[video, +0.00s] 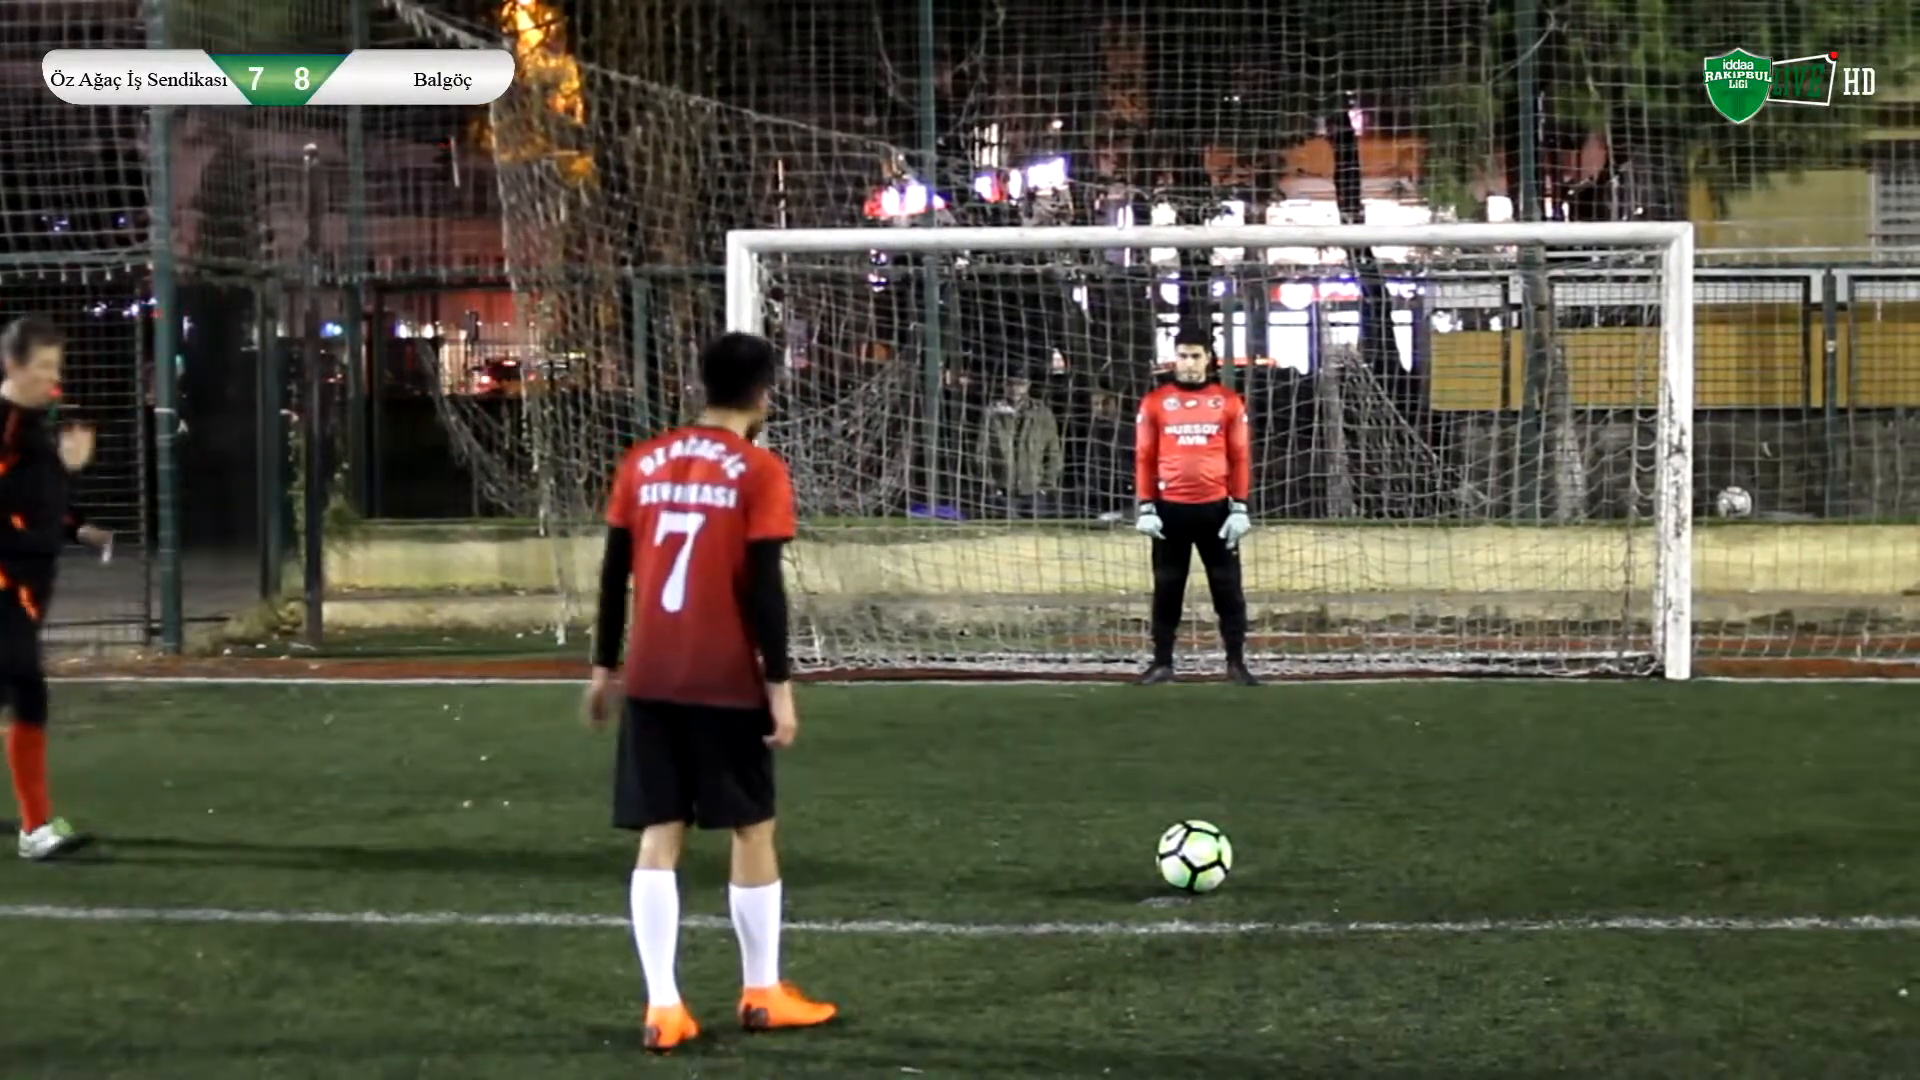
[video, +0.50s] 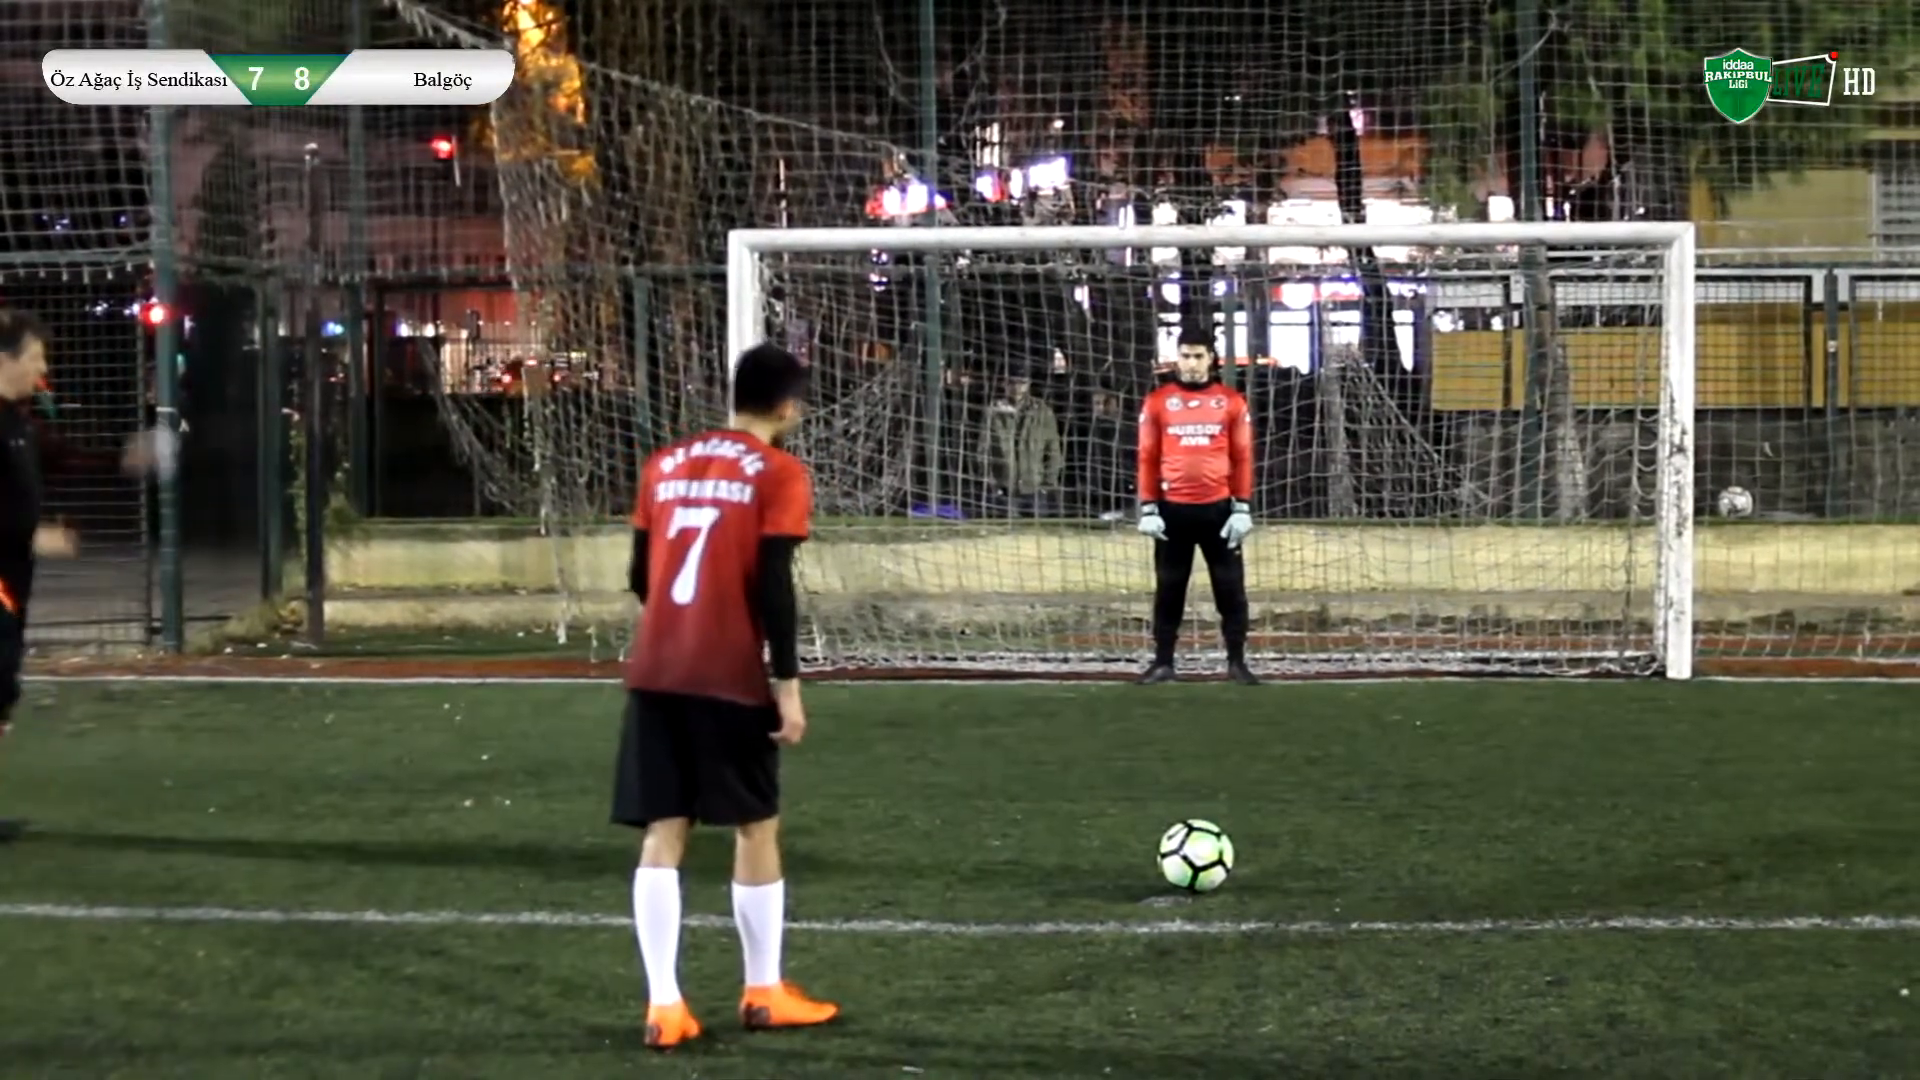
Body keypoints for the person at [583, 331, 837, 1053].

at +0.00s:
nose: (771, 401)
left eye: (769, 390)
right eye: (772, 392)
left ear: (699, 388)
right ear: (762, 396)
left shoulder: (642, 461)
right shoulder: (762, 471)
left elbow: (614, 572)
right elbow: (762, 579)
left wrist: (605, 662)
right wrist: (780, 678)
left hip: (650, 678)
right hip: (729, 682)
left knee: (659, 831)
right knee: (754, 829)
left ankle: (662, 1004)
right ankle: (763, 988)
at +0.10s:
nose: (780, 405)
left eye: (779, 395)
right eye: (779, 395)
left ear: (709, 390)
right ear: (769, 398)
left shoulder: (644, 462)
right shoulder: (766, 471)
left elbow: (623, 576)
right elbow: (764, 582)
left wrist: (632, 662)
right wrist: (780, 679)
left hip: (649, 676)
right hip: (728, 680)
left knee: (660, 829)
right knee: (755, 827)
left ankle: (662, 1004)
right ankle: (764, 988)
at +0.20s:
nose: (782, 407)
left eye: (781, 397)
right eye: (782, 398)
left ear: (713, 393)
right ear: (772, 400)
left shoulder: (649, 461)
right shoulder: (767, 472)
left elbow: (626, 574)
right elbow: (764, 583)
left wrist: (649, 650)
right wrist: (781, 680)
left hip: (650, 675)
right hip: (728, 677)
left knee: (660, 828)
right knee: (755, 827)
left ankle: (662, 1004)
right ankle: (764, 988)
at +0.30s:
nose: (788, 410)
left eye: (787, 400)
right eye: (788, 401)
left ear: (721, 394)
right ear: (775, 403)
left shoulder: (655, 461)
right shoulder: (770, 472)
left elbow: (630, 574)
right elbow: (765, 582)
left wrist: (662, 639)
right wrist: (782, 680)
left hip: (650, 673)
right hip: (727, 677)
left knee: (659, 828)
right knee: (754, 827)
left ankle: (661, 1004)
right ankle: (763, 988)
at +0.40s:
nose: (793, 413)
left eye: (792, 402)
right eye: (793, 403)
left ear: (727, 395)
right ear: (779, 405)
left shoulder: (663, 459)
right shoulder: (773, 472)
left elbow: (635, 577)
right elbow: (768, 581)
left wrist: (688, 623)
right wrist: (785, 679)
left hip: (651, 671)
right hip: (728, 676)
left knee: (660, 827)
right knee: (754, 827)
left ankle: (661, 1004)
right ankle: (763, 988)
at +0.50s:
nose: (799, 415)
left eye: (797, 403)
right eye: (798, 404)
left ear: (735, 396)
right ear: (785, 406)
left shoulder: (666, 462)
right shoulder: (781, 473)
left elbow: (641, 577)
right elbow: (772, 578)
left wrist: (693, 625)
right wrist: (788, 679)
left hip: (655, 670)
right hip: (732, 675)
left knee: (663, 828)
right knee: (757, 826)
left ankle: (663, 1002)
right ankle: (765, 987)